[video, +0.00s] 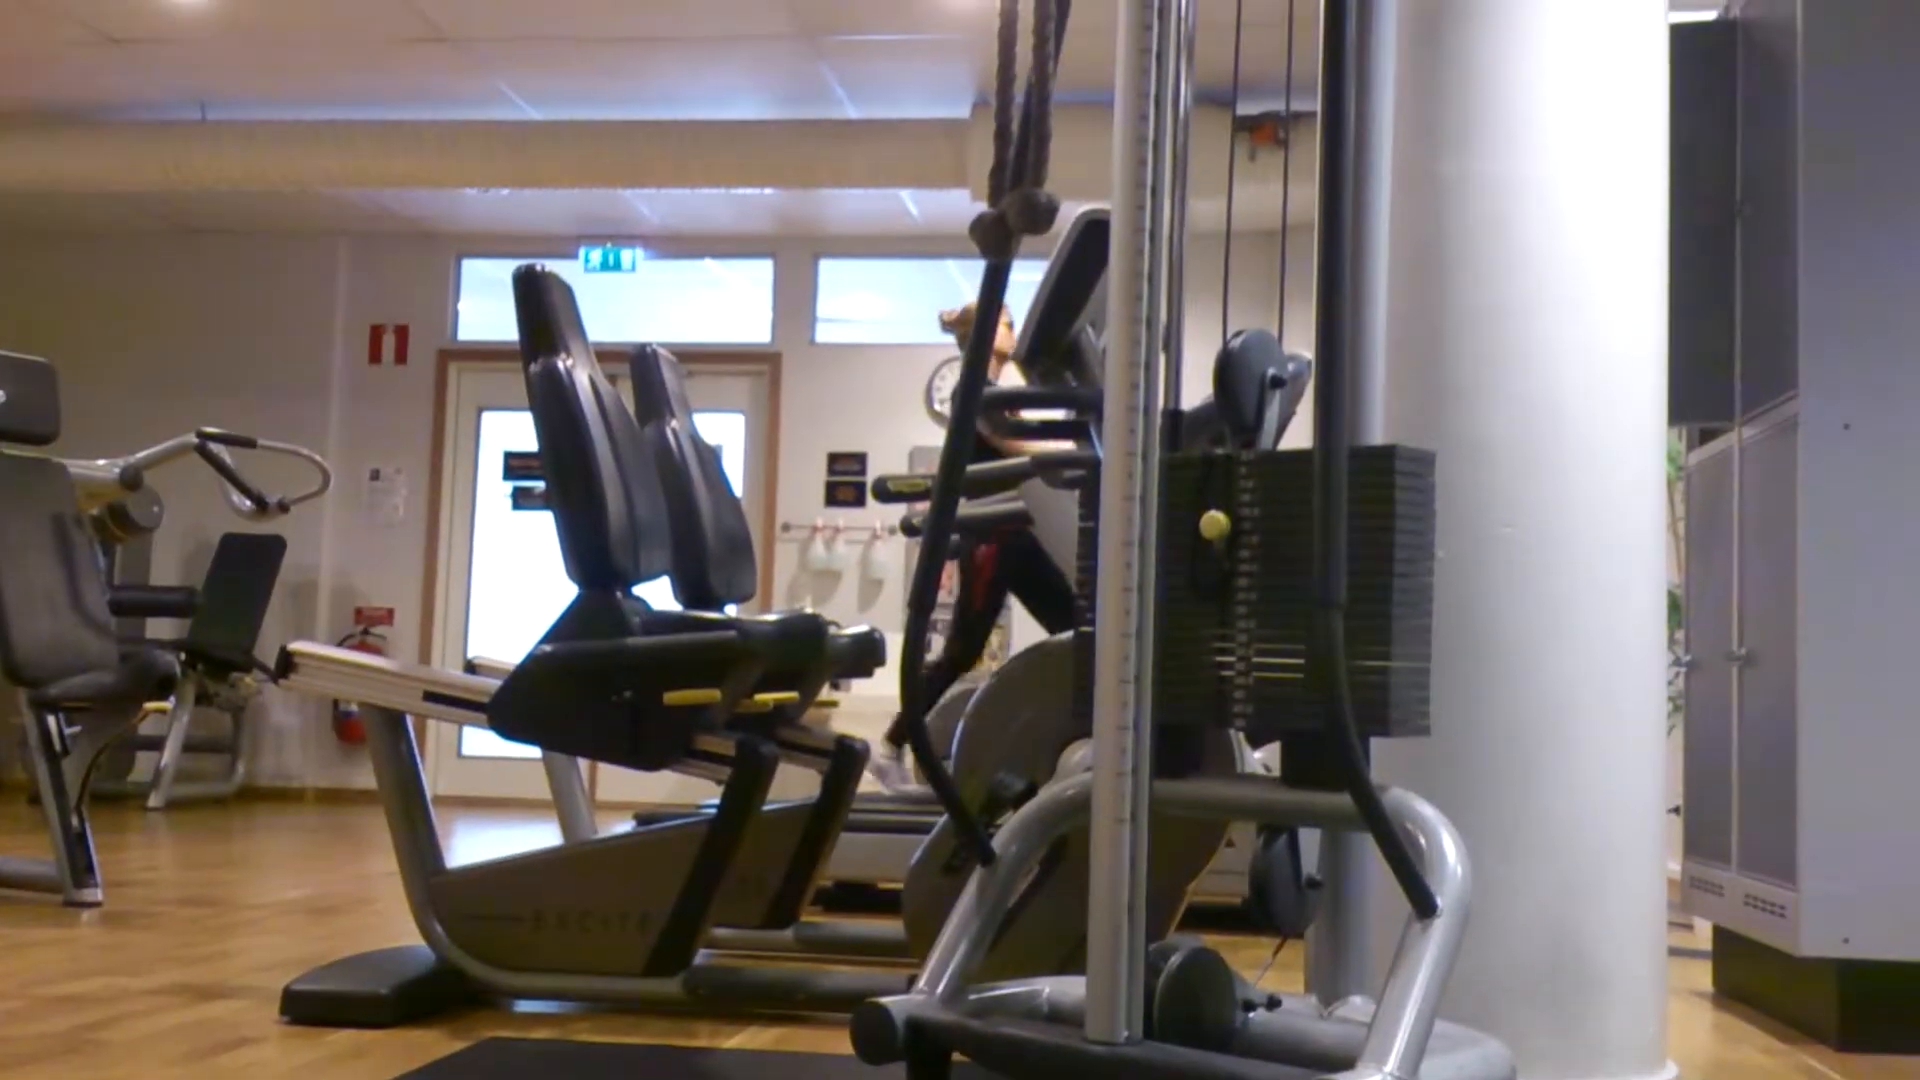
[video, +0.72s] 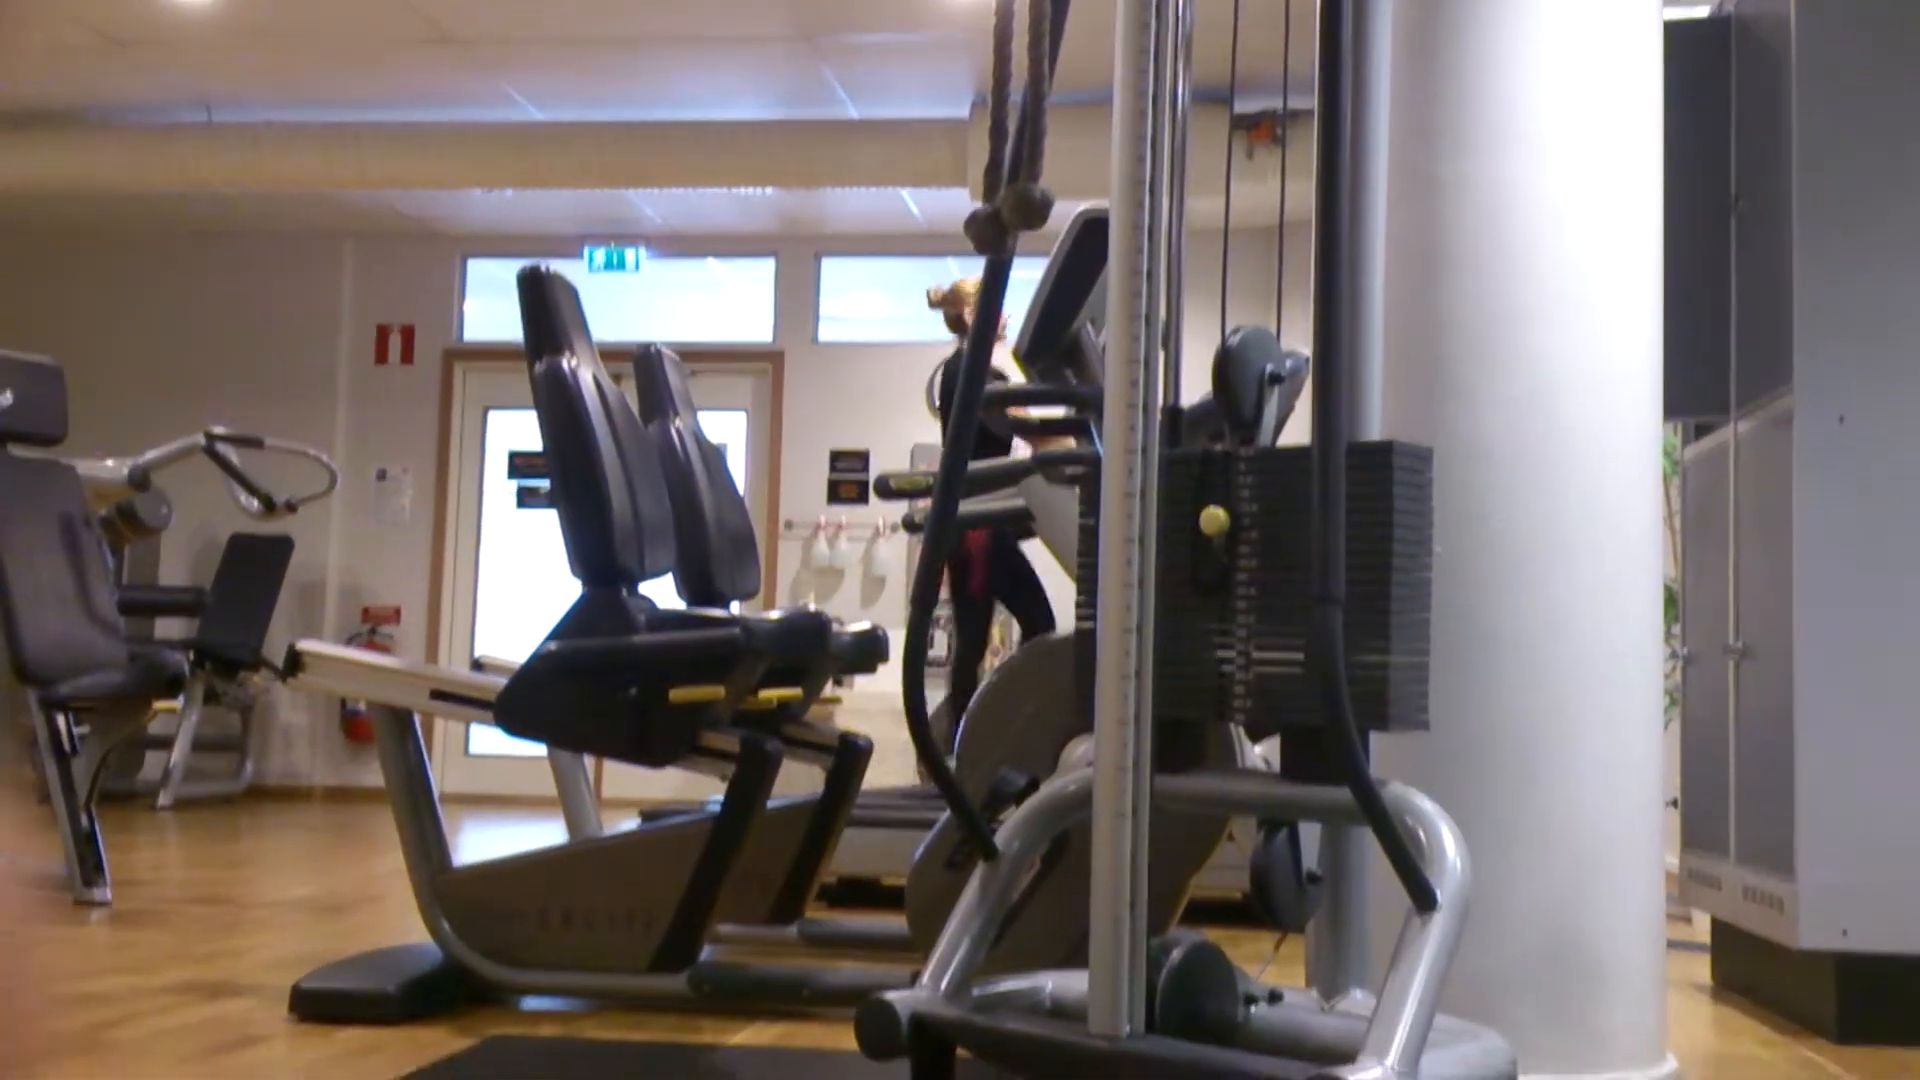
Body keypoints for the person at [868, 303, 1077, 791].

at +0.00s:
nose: (1012, 329)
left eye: (1010, 322)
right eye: (1003, 324)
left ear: (991, 338)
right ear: (981, 337)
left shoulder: (999, 387)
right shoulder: (979, 392)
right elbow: (1013, 447)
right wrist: (1073, 446)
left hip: (1011, 531)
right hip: (987, 535)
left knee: (1074, 628)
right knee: (961, 654)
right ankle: (894, 742)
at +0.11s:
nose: (1013, 332)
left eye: (1009, 325)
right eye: (1006, 325)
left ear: (977, 338)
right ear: (990, 335)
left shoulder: (993, 382)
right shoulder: (984, 387)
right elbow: (1014, 444)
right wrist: (1069, 452)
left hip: (1015, 526)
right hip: (997, 528)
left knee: (1046, 629)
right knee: (1014, 642)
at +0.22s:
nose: (1007, 330)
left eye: (1003, 323)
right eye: (999, 324)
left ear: (969, 334)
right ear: (977, 332)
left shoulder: (971, 380)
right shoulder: (974, 383)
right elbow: (1007, 441)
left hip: (988, 521)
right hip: (991, 524)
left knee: (1007, 639)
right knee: (1048, 631)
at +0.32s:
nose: (1007, 334)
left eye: (1003, 325)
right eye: (999, 326)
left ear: (963, 339)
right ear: (980, 337)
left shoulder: (960, 385)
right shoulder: (983, 386)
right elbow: (1024, 445)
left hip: (971, 530)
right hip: (994, 530)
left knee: (968, 649)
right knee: (1061, 624)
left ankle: (945, 740)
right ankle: (1067, 732)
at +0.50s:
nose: (1008, 348)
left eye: (1003, 341)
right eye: (1000, 343)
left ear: (967, 360)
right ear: (987, 355)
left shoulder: (968, 401)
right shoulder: (991, 403)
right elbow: (1017, 469)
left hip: (971, 547)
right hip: (997, 547)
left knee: (964, 674)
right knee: (1059, 653)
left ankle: (887, 746)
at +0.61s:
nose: (1006, 325)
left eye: (1000, 318)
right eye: (998, 319)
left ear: (966, 330)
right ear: (986, 328)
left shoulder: (973, 374)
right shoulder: (987, 379)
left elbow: (1017, 436)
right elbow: (1023, 441)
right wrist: (1076, 453)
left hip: (978, 513)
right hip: (981, 515)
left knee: (1010, 632)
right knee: (1012, 634)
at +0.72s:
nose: (1001, 317)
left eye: (997, 307)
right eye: (990, 308)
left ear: (965, 317)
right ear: (967, 317)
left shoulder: (961, 368)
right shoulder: (970, 370)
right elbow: (1008, 429)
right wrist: (1073, 429)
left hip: (979, 522)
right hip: (973, 523)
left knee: (1039, 620)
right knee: (970, 640)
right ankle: (961, 742)